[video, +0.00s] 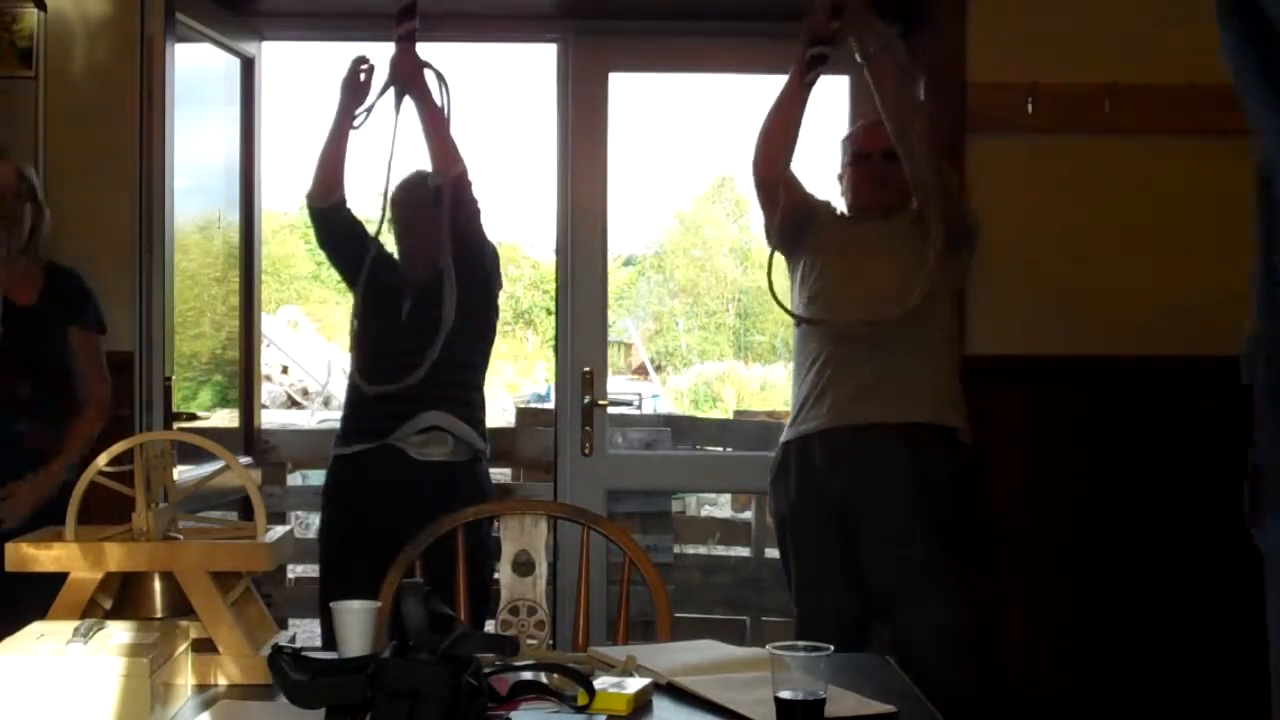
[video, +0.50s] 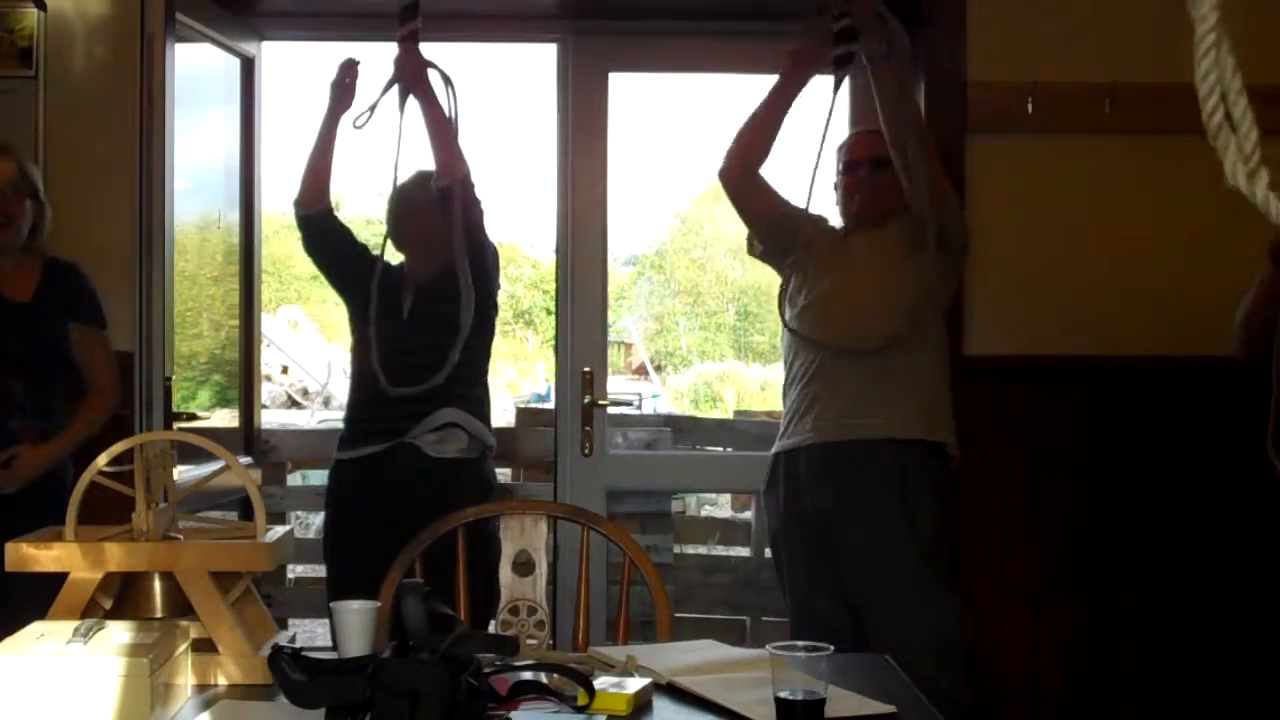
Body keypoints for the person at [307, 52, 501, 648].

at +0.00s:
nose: (421, 205)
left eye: (432, 196)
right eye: (409, 199)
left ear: (452, 216)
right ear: (394, 221)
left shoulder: (473, 281)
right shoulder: (376, 279)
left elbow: (455, 183)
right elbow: (325, 203)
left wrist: (418, 91)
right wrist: (345, 115)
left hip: (449, 477)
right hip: (364, 475)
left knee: (451, 641)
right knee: (356, 643)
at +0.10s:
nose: (437, 203)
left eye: (448, 196)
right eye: (423, 197)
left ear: (460, 217)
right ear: (401, 222)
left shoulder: (473, 282)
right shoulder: (376, 280)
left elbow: (455, 184)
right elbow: (322, 204)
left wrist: (419, 93)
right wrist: (343, 115)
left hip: (449, 478)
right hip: (365, 478)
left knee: (452, 642)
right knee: (356, 643)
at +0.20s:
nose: (435, 203)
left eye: (445, 196)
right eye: (421, 197)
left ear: (459, 216)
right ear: (400, 222)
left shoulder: (473, 279)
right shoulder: (374, 280)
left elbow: (457, 185)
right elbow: (318, 206)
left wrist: (423, 93)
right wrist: (341, 113)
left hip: (449, 478)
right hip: (364, 477)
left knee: (452, 646)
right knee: (358, 647)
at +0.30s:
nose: (435, 206)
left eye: (446, 198)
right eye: (422, 199)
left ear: (459, 217)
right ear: (399, 223)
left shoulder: (472, 281)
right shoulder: (373, 282)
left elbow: (460, 182)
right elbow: (316, 208)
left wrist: (426, 91)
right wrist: (336, 112)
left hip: (450, 481)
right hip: (365, 481)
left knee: (453, 648)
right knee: (360, 651)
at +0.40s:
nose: (437, 198)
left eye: (445, 193)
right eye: (422, 193)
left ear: (457, 215)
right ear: (398, 223)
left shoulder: (473, 282)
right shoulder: (372, 284)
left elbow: (458, 181)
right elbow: (314, 210)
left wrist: (425, 91)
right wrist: (333, 114)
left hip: (452, 479)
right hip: (365, 478)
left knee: (454, 645)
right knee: (360, 647)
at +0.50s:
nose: (438, 202)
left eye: (447, 195)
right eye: (422, 195)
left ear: (459, 215)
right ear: (398, 223)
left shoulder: (474, 282)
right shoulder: (371, 283)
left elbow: (458, 183)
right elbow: (313, 212)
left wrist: (423, 91)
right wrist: (333, 113)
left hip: (454, 484)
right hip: (367, 483)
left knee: (456, 648)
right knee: (362, 649)